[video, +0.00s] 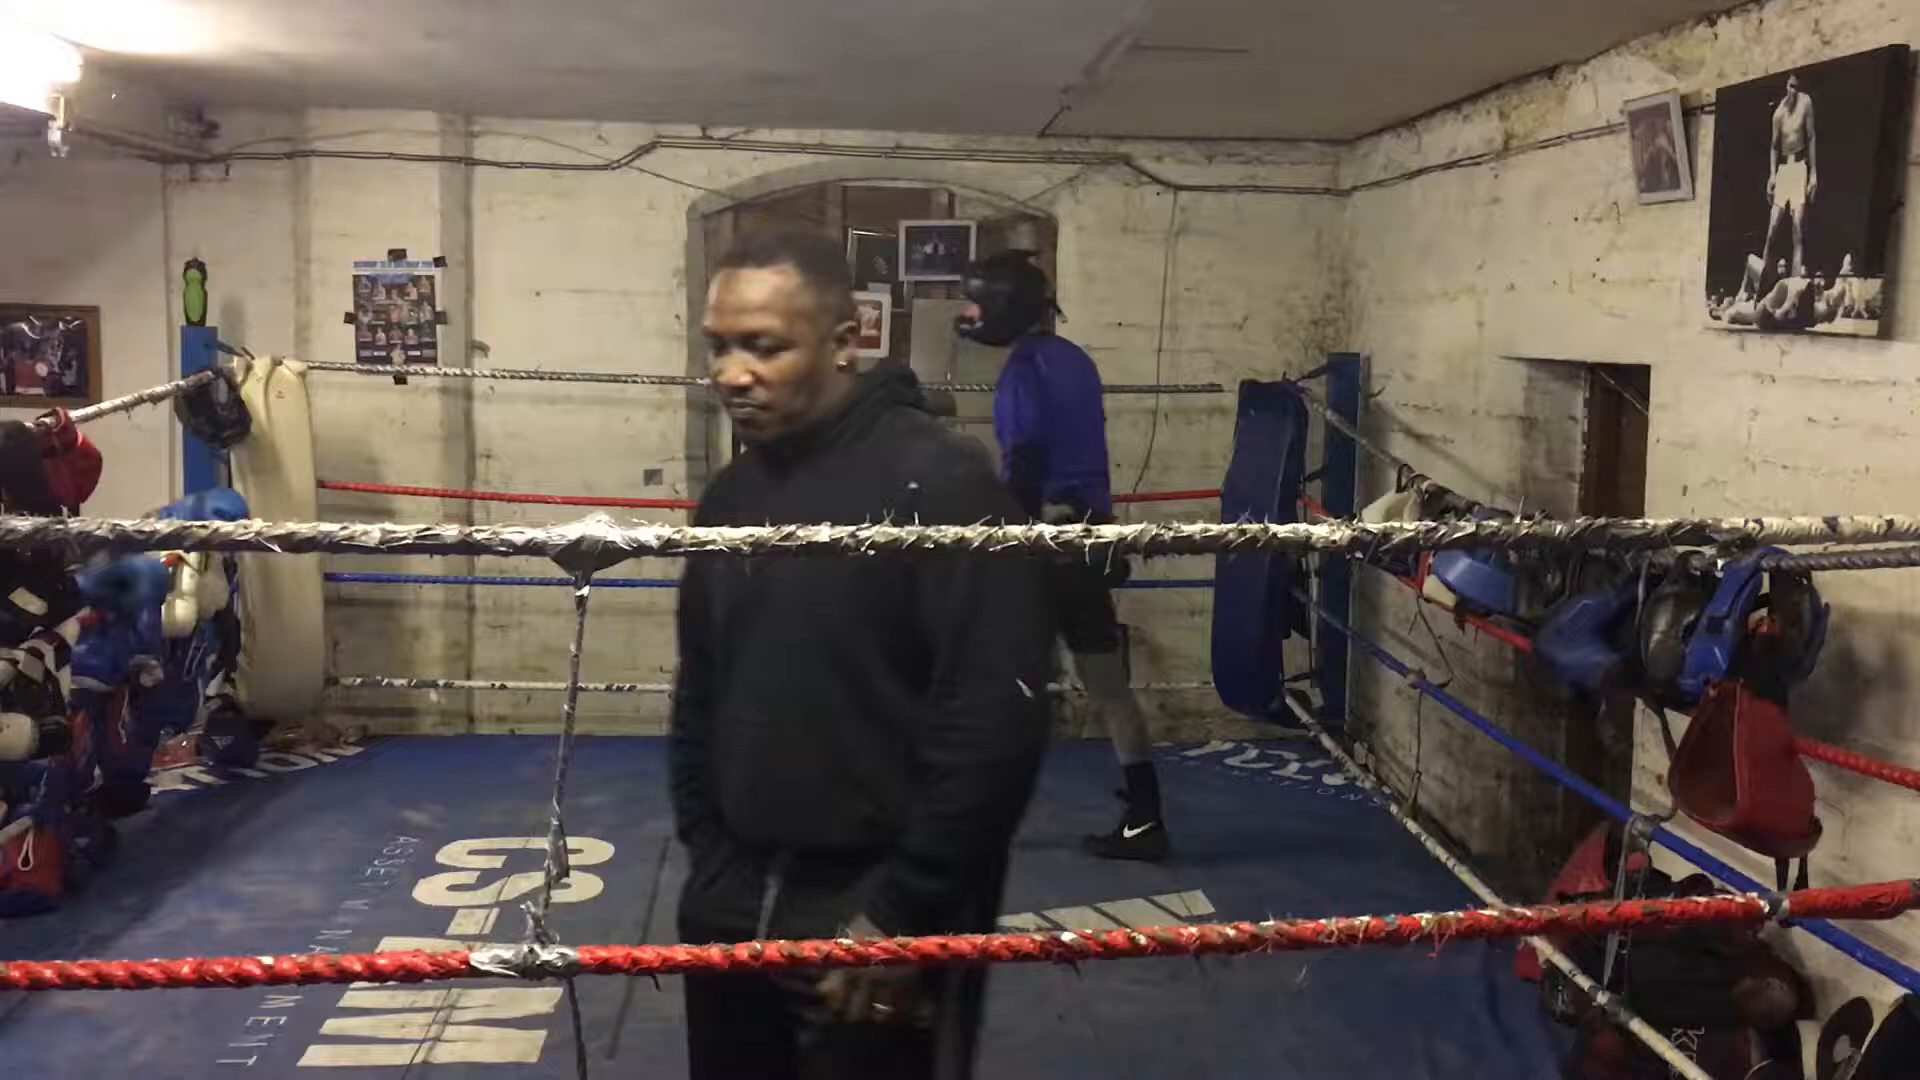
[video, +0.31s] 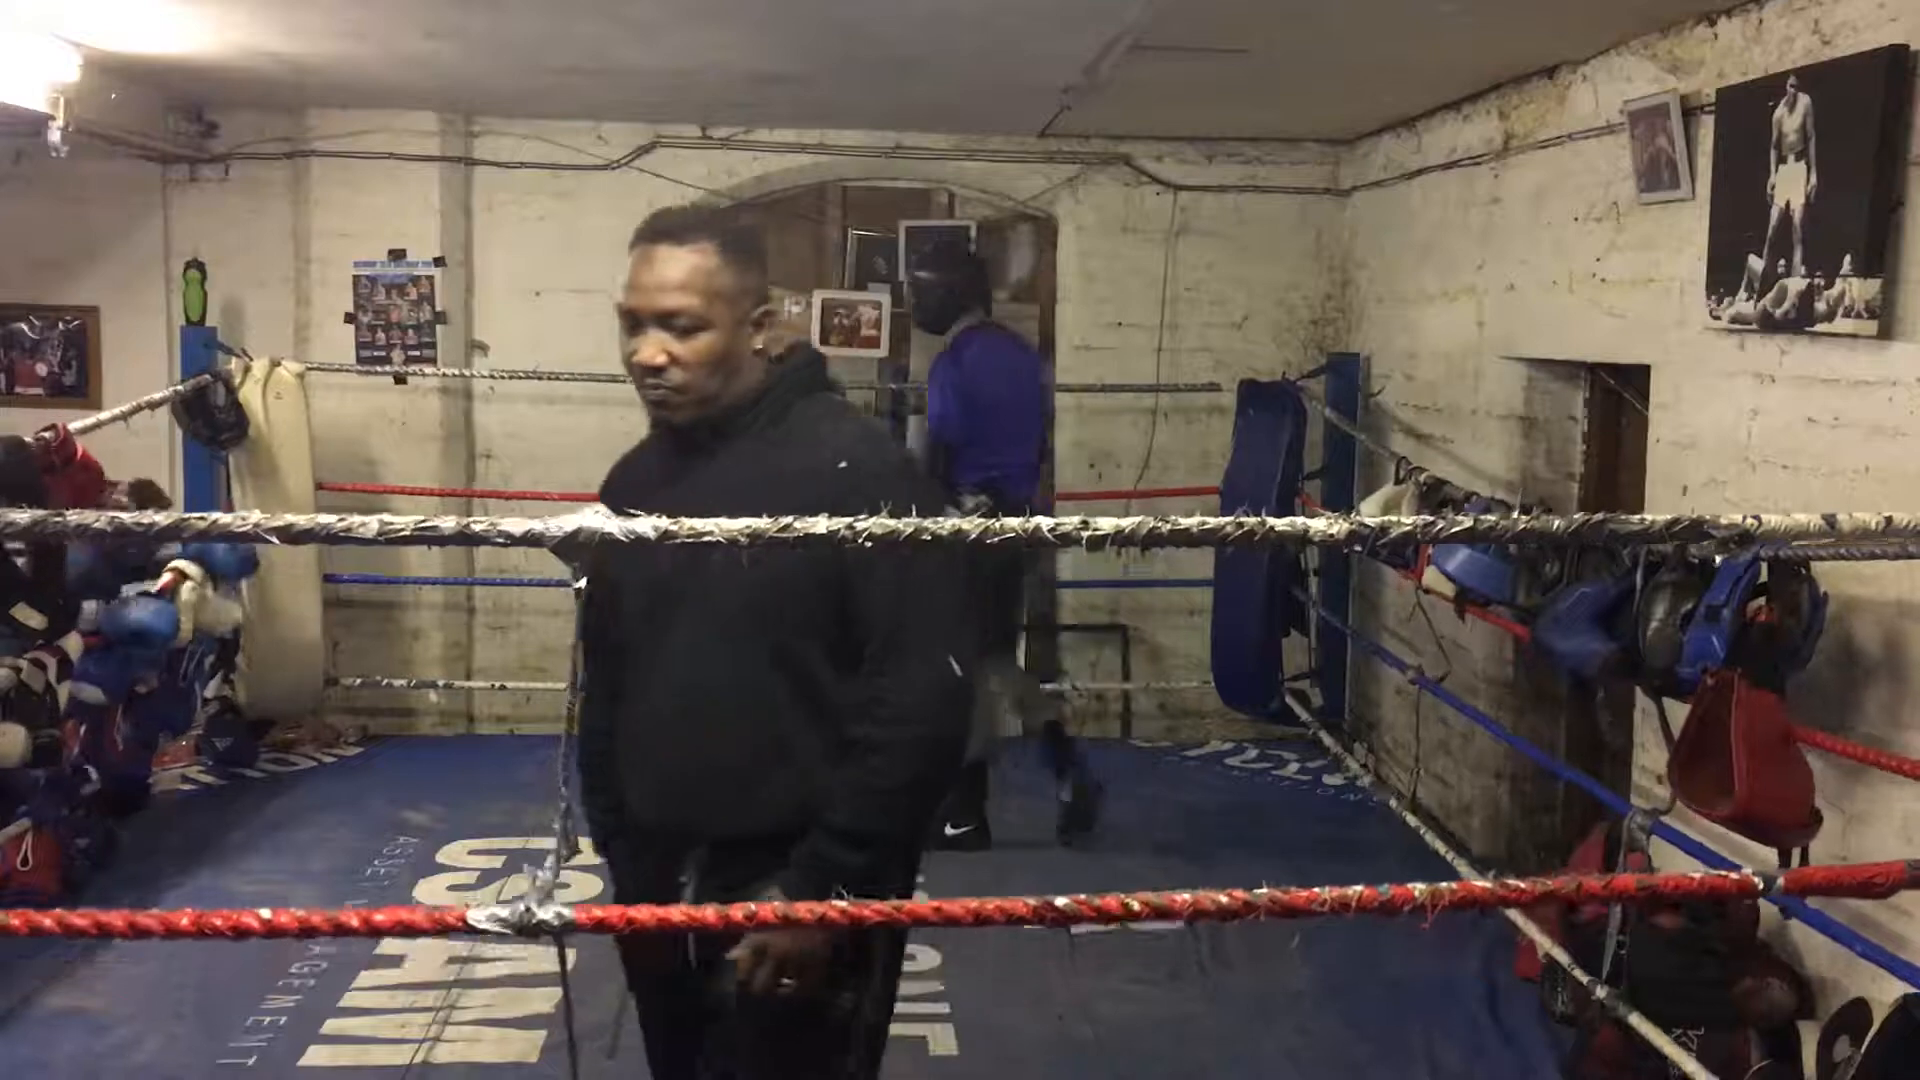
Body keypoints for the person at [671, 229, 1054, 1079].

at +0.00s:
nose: (733, 374)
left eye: (763, 348)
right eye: (719, 347)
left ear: (847, 341)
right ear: (707, 343)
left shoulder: (947, 488)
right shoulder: (730, 497)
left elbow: (996, 724)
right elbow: (698, 694)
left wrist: (897, 917)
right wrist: (711, 859)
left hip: (888, 900)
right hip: (735, 883)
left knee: (871, 1066)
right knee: (731, 1067)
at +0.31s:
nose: (648, 353)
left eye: (680, 328)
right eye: (634, 325)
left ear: (760, 328)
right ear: (620, 320)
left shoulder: (864, 474)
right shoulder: (634, 483)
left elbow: (920, 709)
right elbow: (606, 688)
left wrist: (821, 895)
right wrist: (627, 862)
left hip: (812, 881)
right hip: (659, 876)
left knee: (794, 1067)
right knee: (683, 1064)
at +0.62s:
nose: (593, 369)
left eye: (631, 344)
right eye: (579, 336)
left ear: (715, 345)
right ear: (564, 323)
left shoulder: (805, 503)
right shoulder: (556, 479)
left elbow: (875, 758)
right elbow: (518, 690)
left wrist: (791, 970)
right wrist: (530, 875)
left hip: (719, 929)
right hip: (575, 909)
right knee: (602, 1060)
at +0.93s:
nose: (530, 378)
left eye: (573, 352)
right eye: (517, 339)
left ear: (664, 345)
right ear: (502, 316)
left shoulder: (759, 517)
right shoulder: (486, 470)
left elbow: (821, 784)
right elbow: (430, 689)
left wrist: (709, 1004)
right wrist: (434, 893)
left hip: (658, 985)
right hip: (468, 970)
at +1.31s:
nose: (482, 376)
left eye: (529, 349)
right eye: (470, 334)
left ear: (624, 345)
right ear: (458, 310)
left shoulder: (720, 521)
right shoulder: (397, 465)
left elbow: (794, 787)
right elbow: (317, 695)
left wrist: (699, 1014)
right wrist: (328, 897)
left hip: (608, 997)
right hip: (381, 979)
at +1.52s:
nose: (412, 375)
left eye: (461, 346)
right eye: (398, 333)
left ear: (557, 339)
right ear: (384, 312)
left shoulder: (668, 516)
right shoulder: (319, 477)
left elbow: (748, 774)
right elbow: (239, 715)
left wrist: (679, 998)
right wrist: (263, 936)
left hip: (564, 1007)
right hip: (331, 991)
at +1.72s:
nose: (294, 368)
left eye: (339, 339)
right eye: (280, 327)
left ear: (443, 333)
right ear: (262, 312)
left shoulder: (564, 507)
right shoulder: (198, 502)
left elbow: (652, 764)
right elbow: (132, 751)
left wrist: (601, 985)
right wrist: (181, 962)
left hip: (477, 1002)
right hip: (245, 998)